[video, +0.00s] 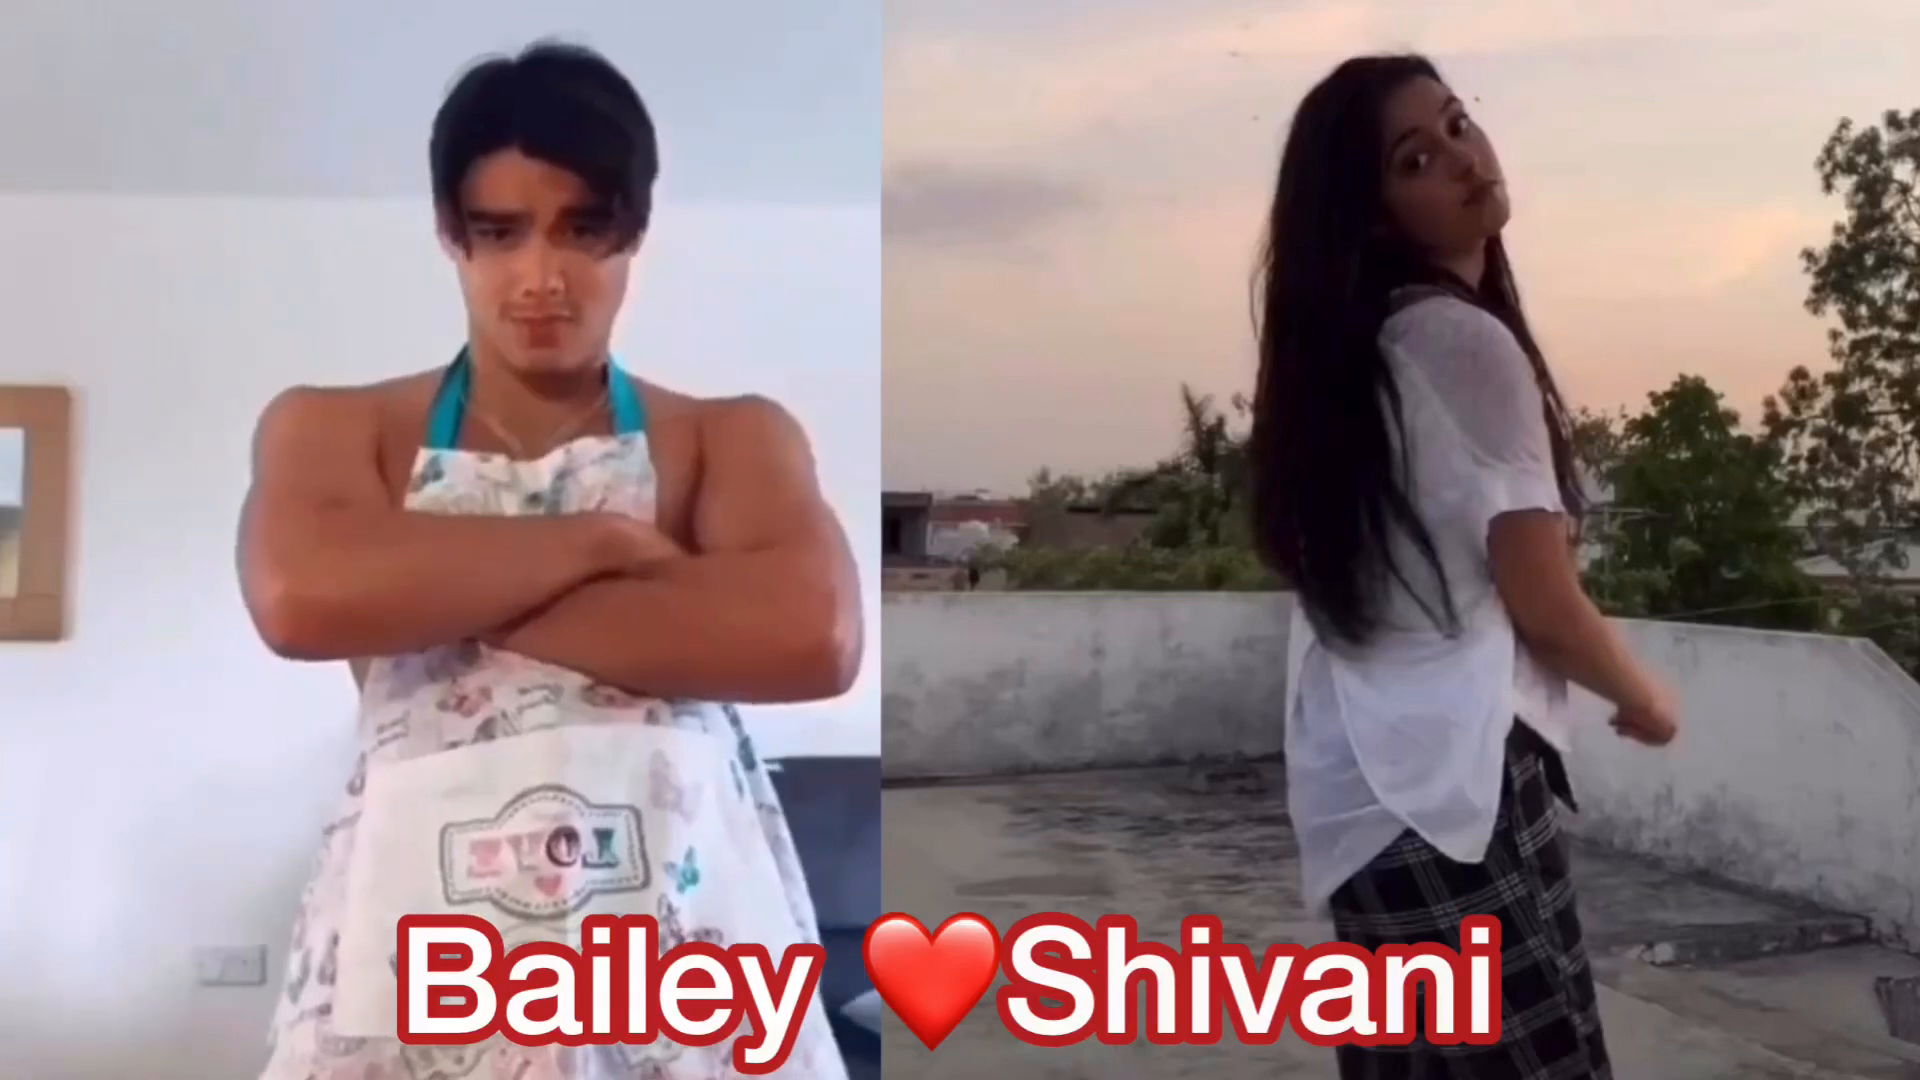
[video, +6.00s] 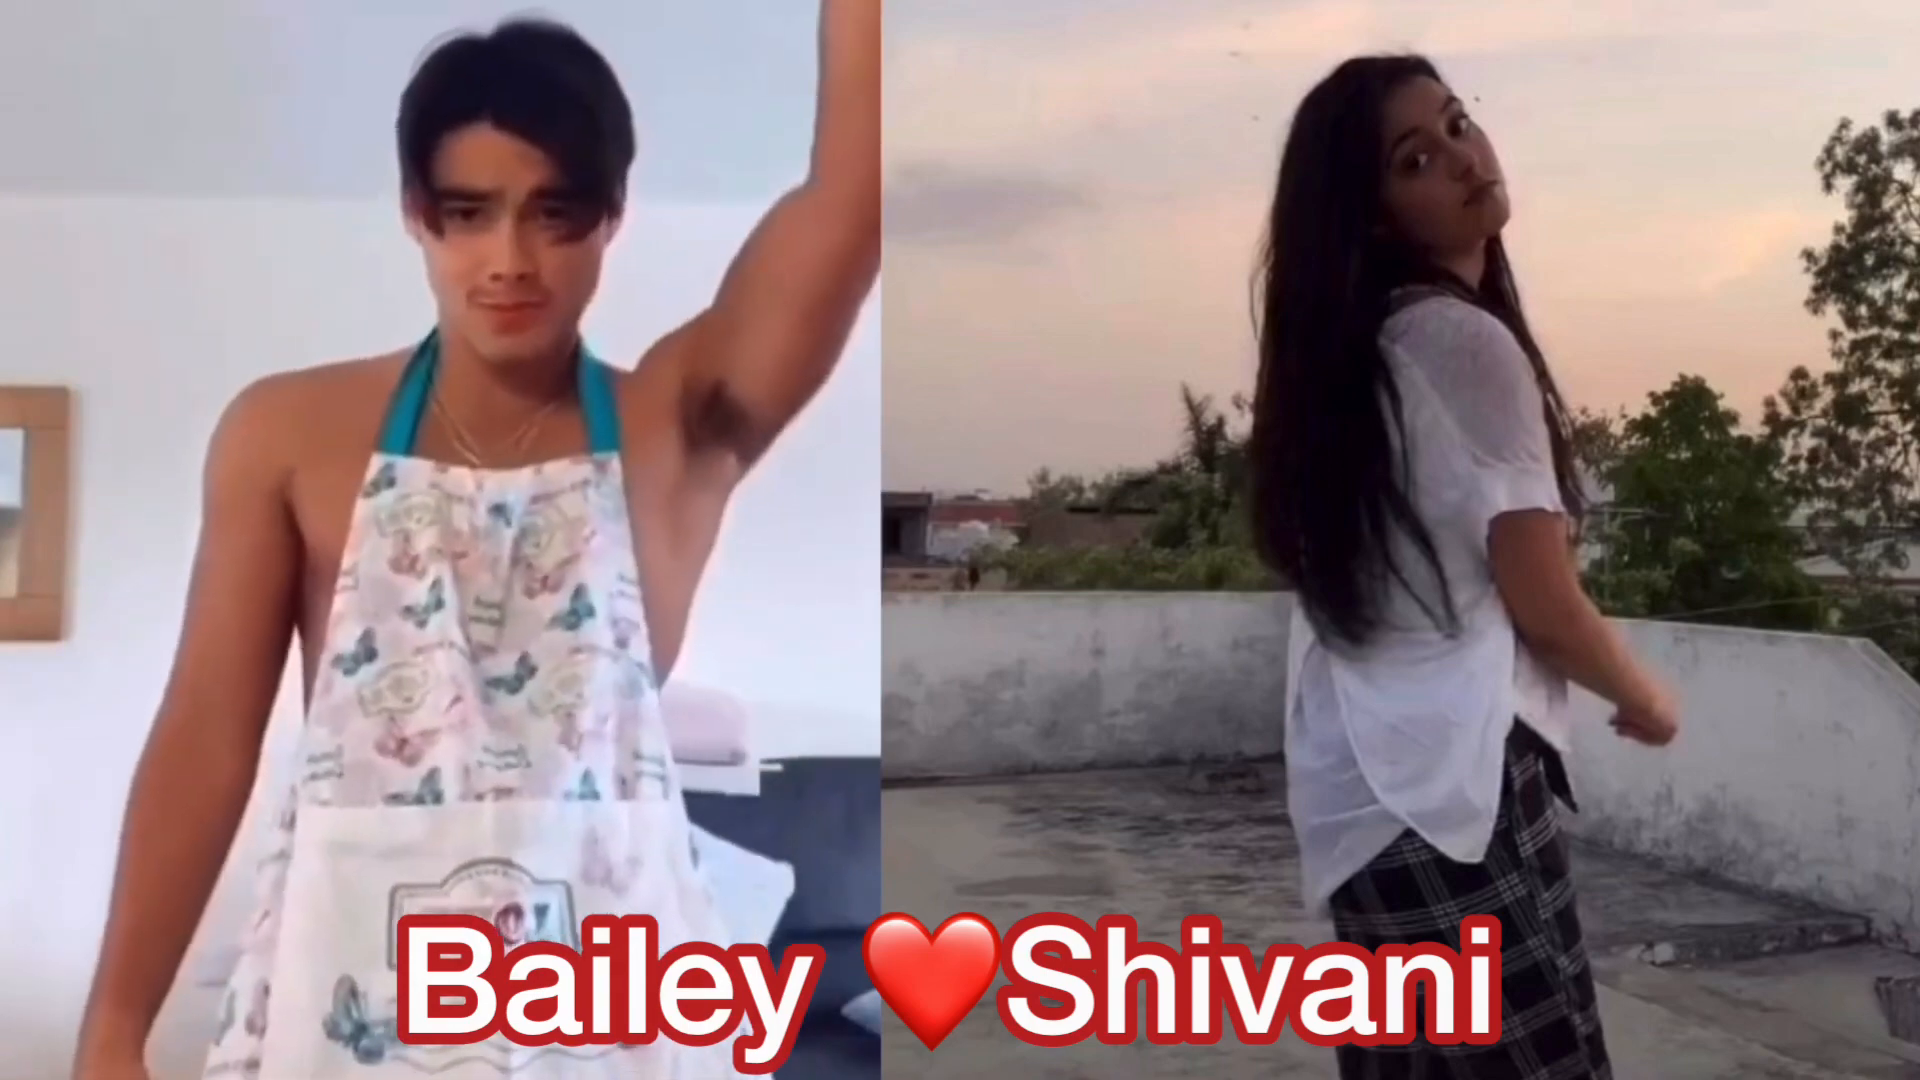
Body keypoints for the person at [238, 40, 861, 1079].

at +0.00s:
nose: (542, 275)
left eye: (585, 229)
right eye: (500, 231)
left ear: (636, 235)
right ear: (450, 238)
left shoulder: (738, 438)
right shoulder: (330, 429)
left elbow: (811, 637)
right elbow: (303, 600)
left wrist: (481, 598)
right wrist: (606, 540)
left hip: (688, 925)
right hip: (421, 924)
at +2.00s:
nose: (518, 348)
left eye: (559, 300)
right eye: (472, 305)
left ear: (610, 294)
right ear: (423, 302)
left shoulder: (678, 518)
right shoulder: (322, 379)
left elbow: (704, 744)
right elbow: (249, 557)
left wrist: (413, 627)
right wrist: (546, 599)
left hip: (547, 969)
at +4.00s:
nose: (546, 214)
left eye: (594, 164)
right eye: (502, 168)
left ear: (652, 173)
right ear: (451, 178)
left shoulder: (771, 387)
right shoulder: (354, 436)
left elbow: (888, 693)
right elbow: (242, 713)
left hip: (701, 933)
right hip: (439, 945)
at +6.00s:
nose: (509, 263)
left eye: (555, 215)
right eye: (467, 214)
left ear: (612, 220)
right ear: (418, 219)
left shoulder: (686, 425)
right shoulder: (288, 433)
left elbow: (849, 202)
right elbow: (203, 743)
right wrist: (115, 1031)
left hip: (610, 998)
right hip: (344, 992)